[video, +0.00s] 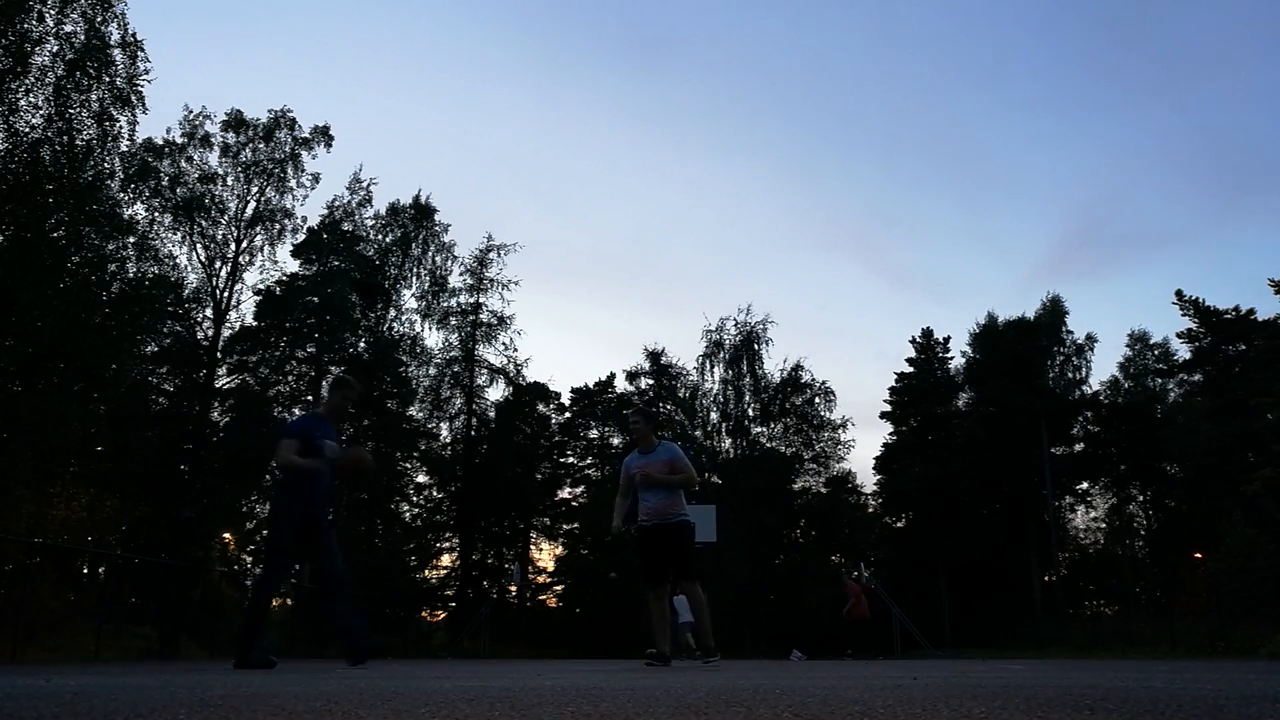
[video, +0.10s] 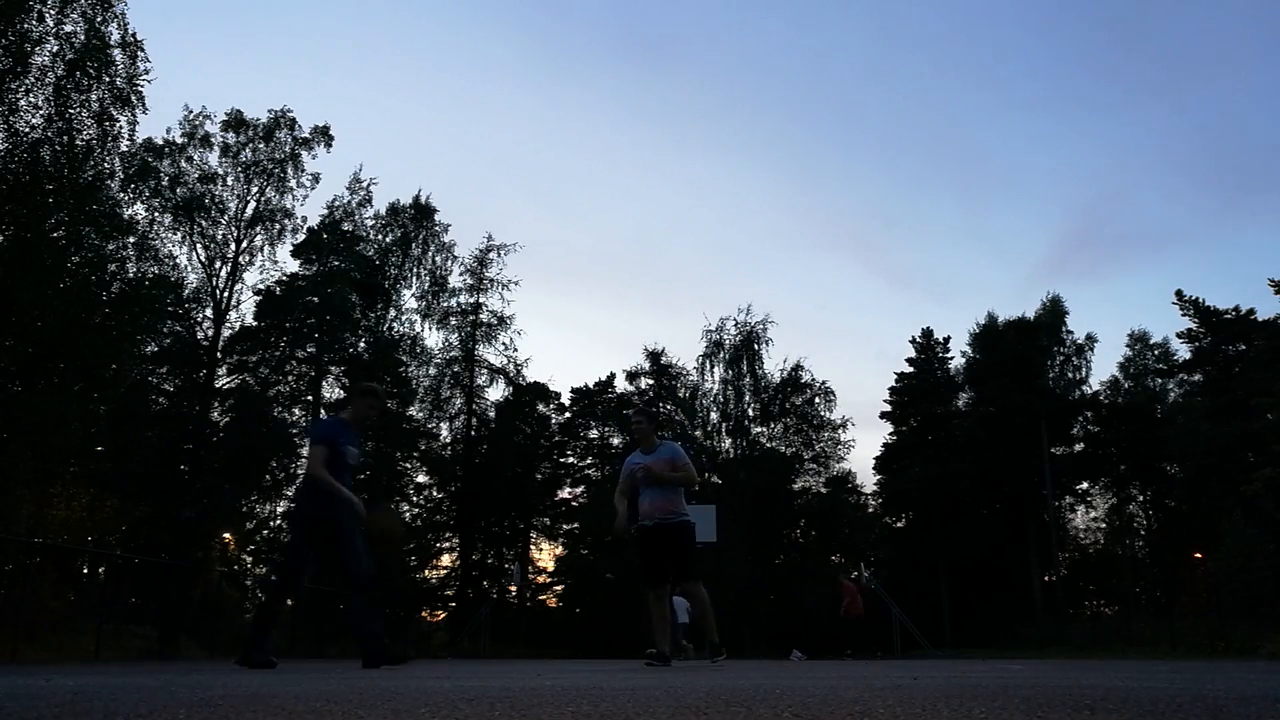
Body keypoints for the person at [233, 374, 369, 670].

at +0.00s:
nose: (345, 407)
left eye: (349, 402)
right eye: (343, 400)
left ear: (347, 403)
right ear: (331, 395)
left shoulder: (332, 433)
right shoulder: (303, 424)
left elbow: (325, 469)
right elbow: (284, 457)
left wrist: (352, 462)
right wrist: (322, 465)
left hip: (316, 514)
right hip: (290, 513)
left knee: (331, 579)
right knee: (271, 579)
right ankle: (248, 651)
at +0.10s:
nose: (372, 414)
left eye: (376, 409)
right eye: (370, 407)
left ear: (373, 411)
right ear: (357, 401)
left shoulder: (353, 438)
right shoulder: (328, 426)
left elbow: (339, 478)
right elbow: (314, 469)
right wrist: (350, 498)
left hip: (335, 513)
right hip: (313, 511)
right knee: (289, 579)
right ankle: (254, 649)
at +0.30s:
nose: (419, 416)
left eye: (423, 412)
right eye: (418, 410)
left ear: (421, 412)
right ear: (406, 405)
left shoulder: (406, 438)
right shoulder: (375, 429)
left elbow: (393, 477)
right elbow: (361, 469)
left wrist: (403, 499)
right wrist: (396, 496)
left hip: (387, 519)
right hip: (365, 517)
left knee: (394, 581)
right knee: (377, 582)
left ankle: (387, 651)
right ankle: (375, 652)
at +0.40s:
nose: (441, 410)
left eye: (445, 406)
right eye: (439, 403)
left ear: (444, 407)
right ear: (426, 396)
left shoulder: (427, 434)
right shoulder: (396, 423)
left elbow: (434, 470)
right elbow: (381, 463)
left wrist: (448, 495)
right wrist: (415, 483)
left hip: (402, 509)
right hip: (381, 508)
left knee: (401, 576)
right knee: (390, 575)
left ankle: (390, 649)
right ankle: (378, 651)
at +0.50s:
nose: (459, 407)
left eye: (465, 404)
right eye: (457, 400)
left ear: (465, 406)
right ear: (445, 395)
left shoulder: (458, 435)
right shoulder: (416, 425)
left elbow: (466, 472)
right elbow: (405, 466)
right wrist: (445, 473)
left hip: (425, 509)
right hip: (402, 506)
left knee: (412, 575)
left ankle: (389, 648)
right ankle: (382, 649)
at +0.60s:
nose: (482, 410)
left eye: (486, 406)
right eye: (478, 404)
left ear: (489, 408)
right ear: (466, 401)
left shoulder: (482, 438)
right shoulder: (441, 433)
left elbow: (505, 472)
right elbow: (433, 471)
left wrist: (522, 502)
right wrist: (466, 463)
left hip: (454, 514)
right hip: (428, 513)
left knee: (418, 580)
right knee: (461, 574)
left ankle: (384, 648)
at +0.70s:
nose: (505, 421)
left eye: (510, 416)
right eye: (501, 414)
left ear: (516, 420)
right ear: (490, 412)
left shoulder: (511, 447)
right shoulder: (467, 442)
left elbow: (532, 481)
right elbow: (463, 481)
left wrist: (552, 514)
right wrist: (495, 466)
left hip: (483, 520)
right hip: (457, 518)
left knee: (447, 586)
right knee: (490, 578)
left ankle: (394, 639)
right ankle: (519, 651)